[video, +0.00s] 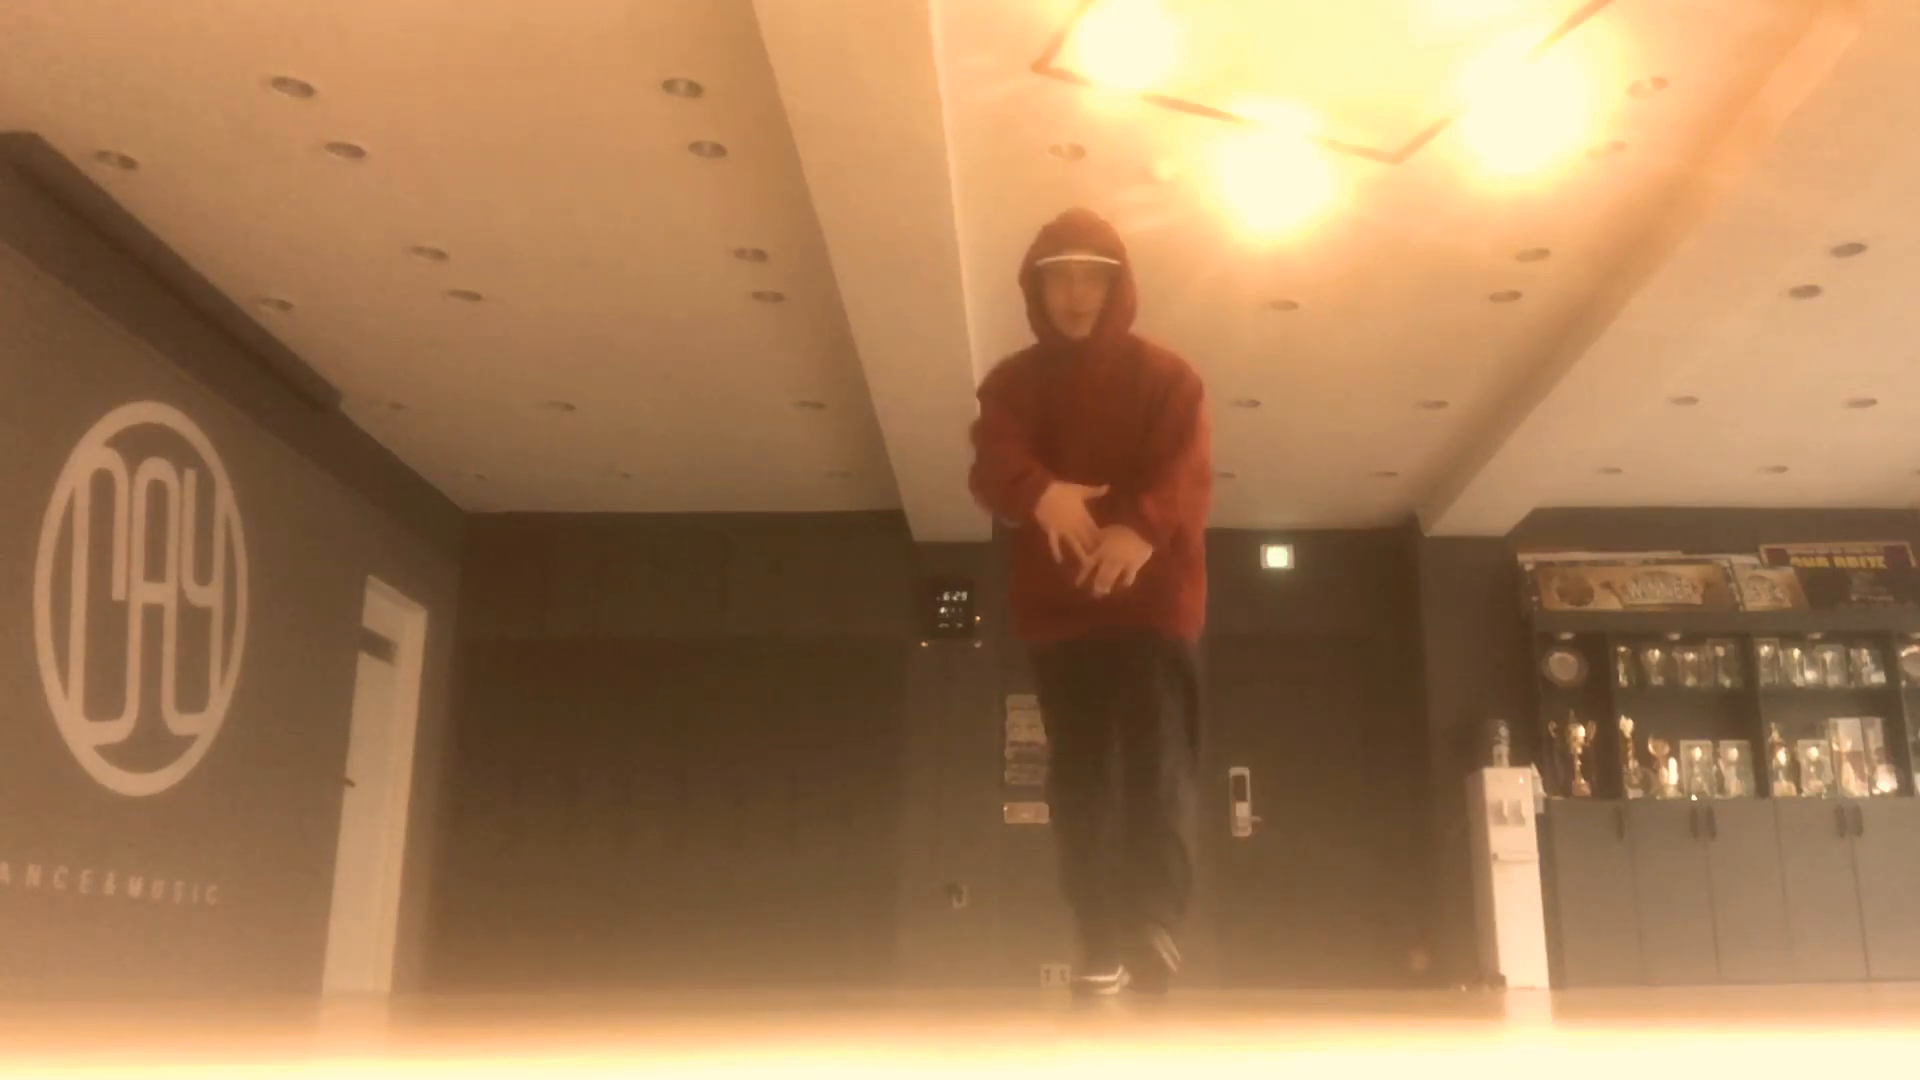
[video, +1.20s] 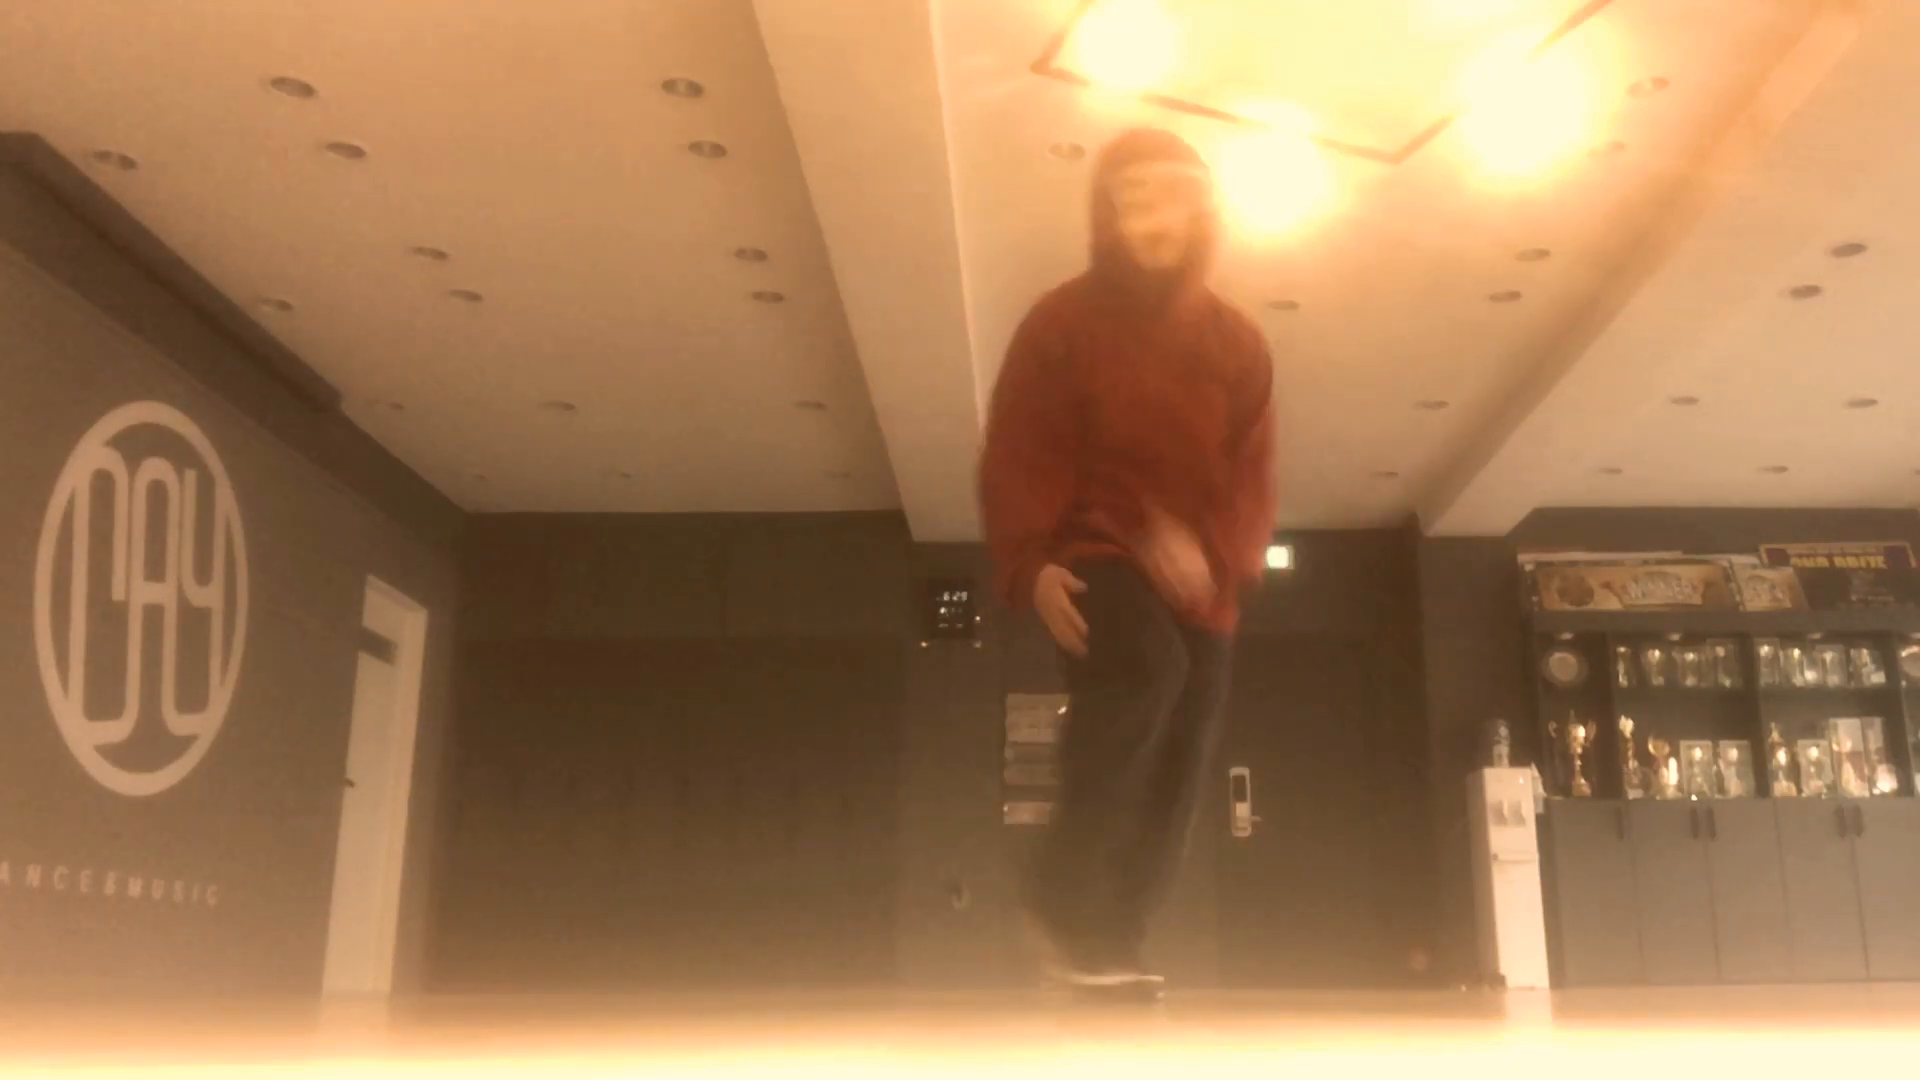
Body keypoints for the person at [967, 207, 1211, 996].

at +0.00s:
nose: (1072, 295)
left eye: (1089, 278)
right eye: (1056, 278)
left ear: (1116, 286)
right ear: (1034, 289)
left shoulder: (1167, 377)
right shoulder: (1011, 382)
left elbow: (1186, 472)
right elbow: (992, 465)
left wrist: (1141, 529)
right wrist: (1042, 492)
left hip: (1152, 612)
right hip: (1060, 614)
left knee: (1158, 766)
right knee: (1079, 774)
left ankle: (1157, 923)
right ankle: (1099, 940)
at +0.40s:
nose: (1205, 273)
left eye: (1225, 261)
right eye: (1196, 251)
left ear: (1241, 280)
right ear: (1164, 251)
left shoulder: (1226, 387)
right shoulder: (1078, 332)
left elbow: (1232, 522)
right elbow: (1025, 457)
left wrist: (1184, 612)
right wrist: (1058, 564)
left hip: (1145, 602)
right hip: (1040, 584)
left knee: (1134, 768)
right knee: (1029, 764)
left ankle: (1137, 945)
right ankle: (1050, 921)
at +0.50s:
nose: (1236, 269)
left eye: (1257, 257)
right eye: (1228, 243)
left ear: (1269, 278)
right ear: (1191, 238)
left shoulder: (1235, 392)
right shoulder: (1095, 315)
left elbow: (1239, 530)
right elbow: (1017, 414)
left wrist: (1270, 632)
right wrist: (989, 519)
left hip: (1139, 589)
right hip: (1034, 574)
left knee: (1134, 745)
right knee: (1013, 753)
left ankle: (1135, 939)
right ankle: (1003, 917)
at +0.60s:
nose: (1223, 248)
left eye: (1244, 236)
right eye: (1213, 224)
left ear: (1257, 267)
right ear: (1179, 229)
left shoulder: (1241, 386)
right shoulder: (1106, 298)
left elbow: (1288, 523)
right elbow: (999, 359)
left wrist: (1365, 607)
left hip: (1148, 599)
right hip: (1029, 575)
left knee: (1148, 768)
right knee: (978, 752)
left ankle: (1138, 945)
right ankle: (926, 923)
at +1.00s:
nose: (1201, 241)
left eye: (1218, 227)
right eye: (1185, 220)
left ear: (1232, 248)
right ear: (1145, 223)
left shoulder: (1234, 372)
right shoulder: (1086, 302)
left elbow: (1297, 495)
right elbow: (981, 366)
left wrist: (1366, 580)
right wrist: (939, 411)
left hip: (1181, 592)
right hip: (1070, 558)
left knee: (1162, 771)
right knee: (1044, 727)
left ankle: (1110, 941)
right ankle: (892, 884)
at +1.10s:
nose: (1189, 234)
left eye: (1206, 216)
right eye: (1169, 214)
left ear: (1224, 234)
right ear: (1132, 223)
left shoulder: (1232, 359)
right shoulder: (1078, 320)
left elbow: (1265, 490)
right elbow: (1020, 444)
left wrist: (1283, 603)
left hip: (1186, 598)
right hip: (1089, 573)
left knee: (1156, 774)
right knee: (1116, 686)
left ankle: (1112, 945)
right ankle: (975, 871)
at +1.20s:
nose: (1154, 218)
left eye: (1172, 197)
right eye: (1133, 200)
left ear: (1202, 212)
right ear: (1105, 216)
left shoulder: (1236, 339)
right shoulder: (1061, 321)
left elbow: (1253, 475)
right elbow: (1017, 453)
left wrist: (1218, 561)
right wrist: (1031, 565)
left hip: (1195, 575)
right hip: (1087, 556)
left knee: (1182, 752)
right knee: (1148, 664)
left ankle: (1116, 936)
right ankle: (1063, 889)